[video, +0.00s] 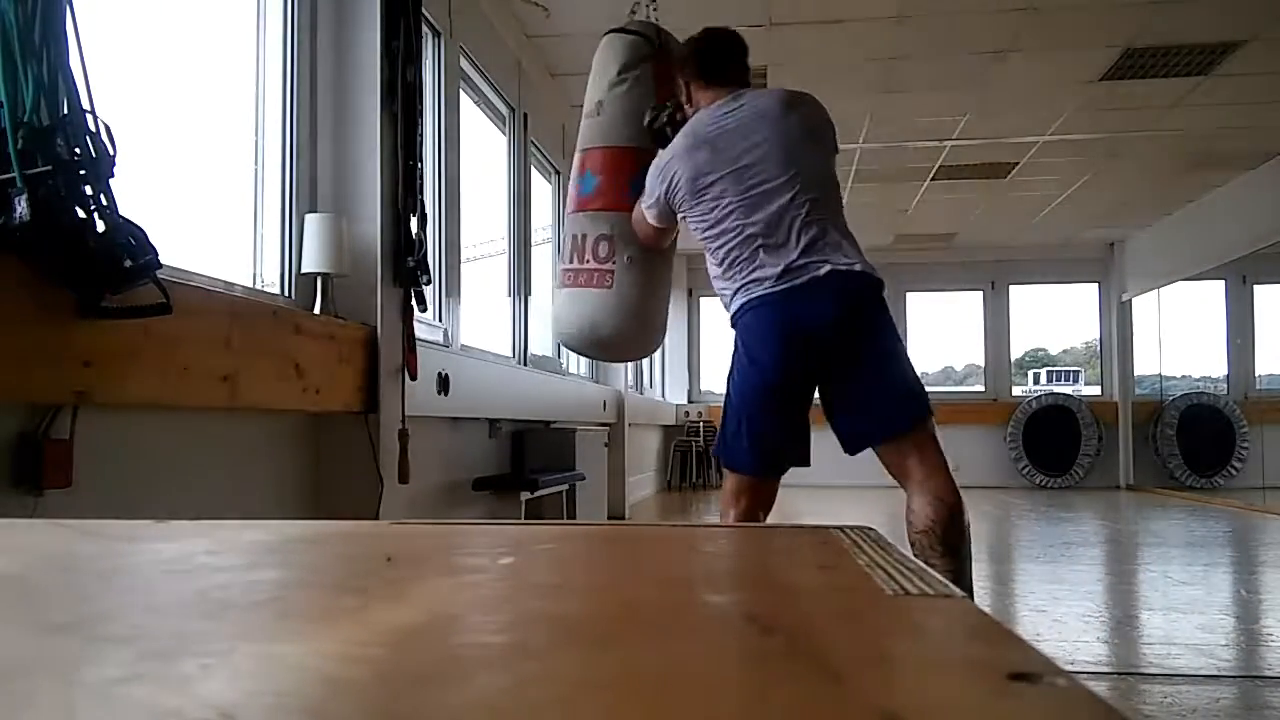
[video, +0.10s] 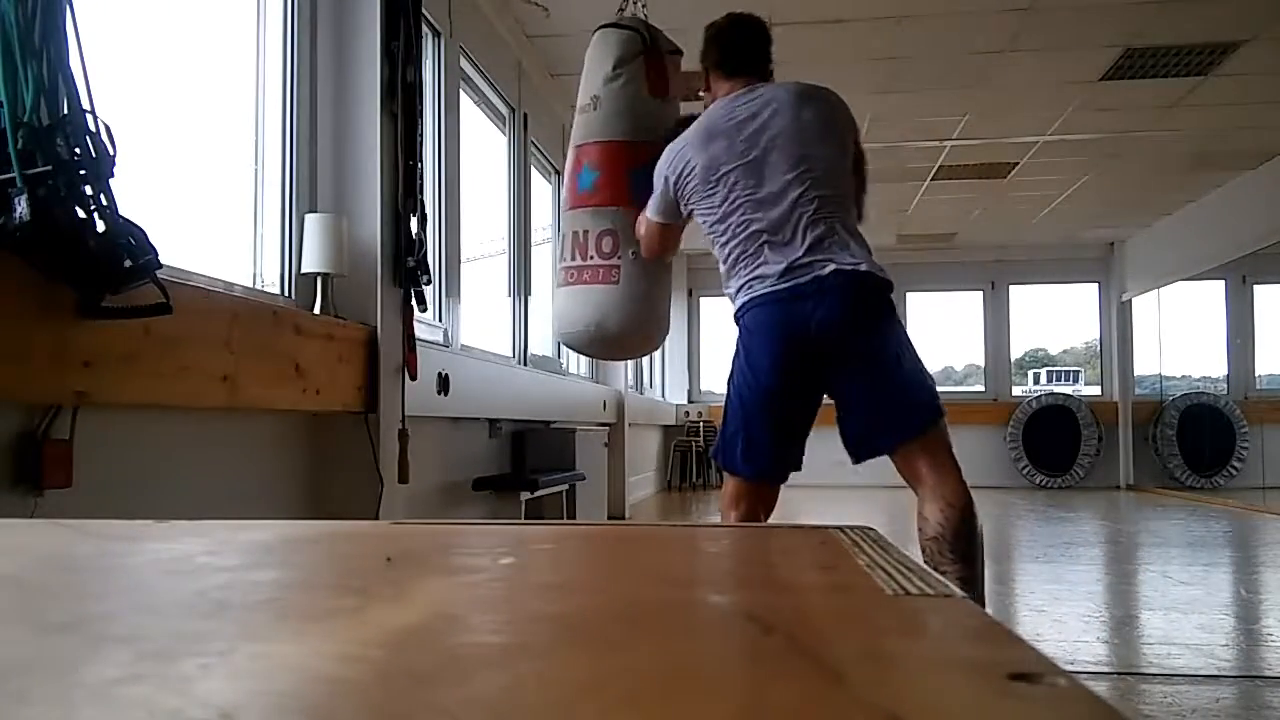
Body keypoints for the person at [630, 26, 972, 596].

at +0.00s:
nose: (686, 95)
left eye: (683, 87)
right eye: (686, 89)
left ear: (685, 88)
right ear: (746, 74)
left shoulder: (676, 159)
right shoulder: (801, 107)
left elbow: (650, 233)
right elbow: (816, 159)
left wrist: (665, 153)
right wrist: (711, 120)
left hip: (768, 324)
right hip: (853, 300)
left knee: (743, 506)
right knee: (926, 473)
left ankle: (733, 649)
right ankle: (956, 629)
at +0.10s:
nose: (702, 85)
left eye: (701, 76)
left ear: (706, 77)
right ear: (768, 67)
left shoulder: (682, 152)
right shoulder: (823, 103)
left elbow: (655, 245)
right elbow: (853, 200)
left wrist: (646, 196)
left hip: (771, 323)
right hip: (860, 304)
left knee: (744, 507)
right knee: (936, 475)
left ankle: (733, 659)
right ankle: (969, 638)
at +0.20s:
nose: (736, 78)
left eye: (735, 69)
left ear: (738, 70)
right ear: (804, 65)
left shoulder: (708, 144)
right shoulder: (858, 106)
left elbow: (673, 261)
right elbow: (887, 221)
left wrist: (674, 202)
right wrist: (819, 191)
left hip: (780, 325)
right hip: (872, 311)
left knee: (741, 508)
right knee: (942, 488)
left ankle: (730, 669)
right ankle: (980, 656)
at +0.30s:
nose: (772, 93)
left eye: (773, 81)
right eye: (773, 82)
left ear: (788, 77)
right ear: (848, 74)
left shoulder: (758, 138)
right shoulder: (904, 121)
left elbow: (715, 261)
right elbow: (895, 219)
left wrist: (701, 236)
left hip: (787, 341)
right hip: (885, 342)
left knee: (735, 511)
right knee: (948, 518)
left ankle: (721, 668)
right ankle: (1000, 673)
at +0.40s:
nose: (816, 70)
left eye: (816, 62)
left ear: (823, 63)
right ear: (893, 65)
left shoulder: (776, 120)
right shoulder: (935, 117)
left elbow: (694, 206)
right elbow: (923, 223)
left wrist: (690, 174)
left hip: (770, 340)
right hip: (867, 348)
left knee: (728, 495)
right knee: (954, 528)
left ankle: (684, 644)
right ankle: (1005, 684)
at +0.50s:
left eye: (820, 39)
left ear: (822, 45)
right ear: (892, 55)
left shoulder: (758, 107)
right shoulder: (917, 111)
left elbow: (661, 140)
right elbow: (972, 231)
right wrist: (929, 259)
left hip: (761, 330)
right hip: (860, 332)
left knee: (717, 498)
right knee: (938, 523)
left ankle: (661, 638)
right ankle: (997, 674)